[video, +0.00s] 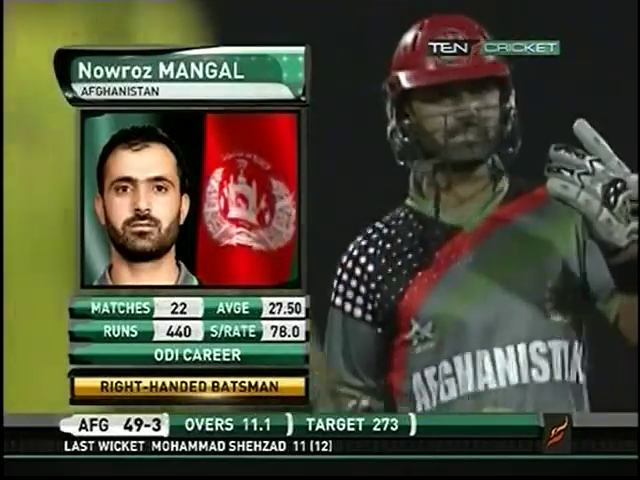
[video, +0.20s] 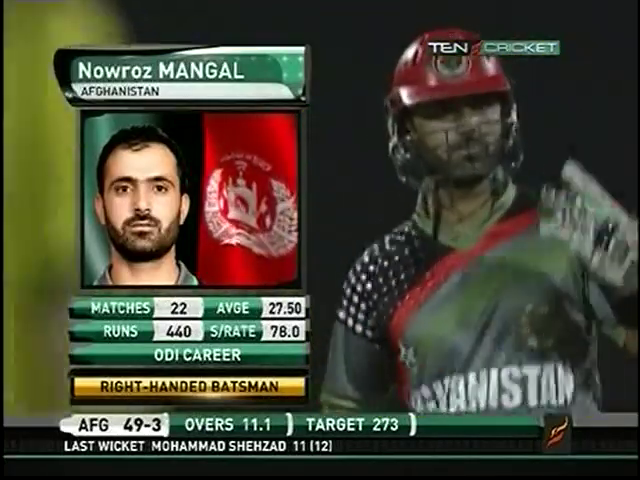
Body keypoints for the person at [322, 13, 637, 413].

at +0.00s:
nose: (467, 110)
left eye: (481, 90)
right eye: (441, 96)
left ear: (505, 101)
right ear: (404, 117)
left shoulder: (565, 224)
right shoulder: (375, 256)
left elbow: (631, 327)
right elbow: (348, 403)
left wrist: (630, 248)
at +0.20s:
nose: (470, 126)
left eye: (483, 106)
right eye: (443, 112)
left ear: (507, 116)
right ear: (405, 134)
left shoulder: (570, 231)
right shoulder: (380, 270)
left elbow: (632, 344)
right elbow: (345, 420)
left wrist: (628, 285)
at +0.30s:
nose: (468, 144)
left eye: (480, 122)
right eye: (443, 131)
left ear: (510, 127)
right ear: (411, 152)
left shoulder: (583, 236)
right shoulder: (401, 274)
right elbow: (367, 422)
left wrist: (617, 321)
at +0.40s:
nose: (447, 177)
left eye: (459, 152)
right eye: (428, 164)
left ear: (504, 141)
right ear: (411, 177)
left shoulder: (598, 243)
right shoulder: (425, 285)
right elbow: (398, 418)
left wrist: (628, 380)